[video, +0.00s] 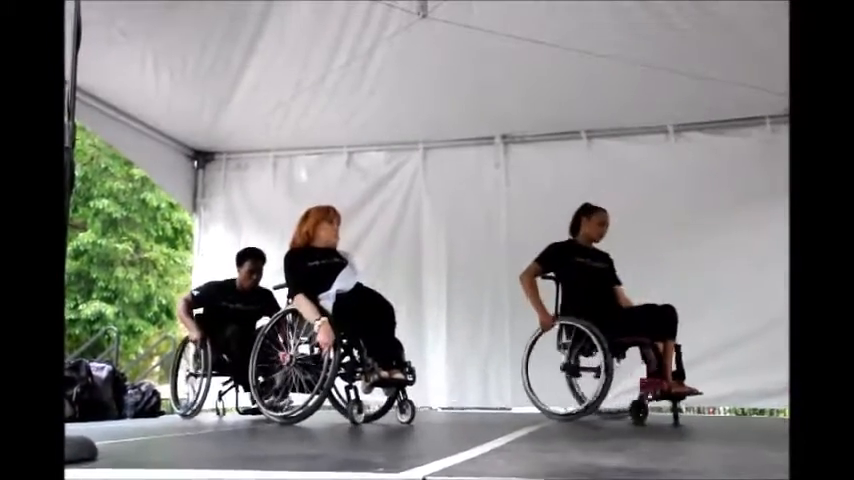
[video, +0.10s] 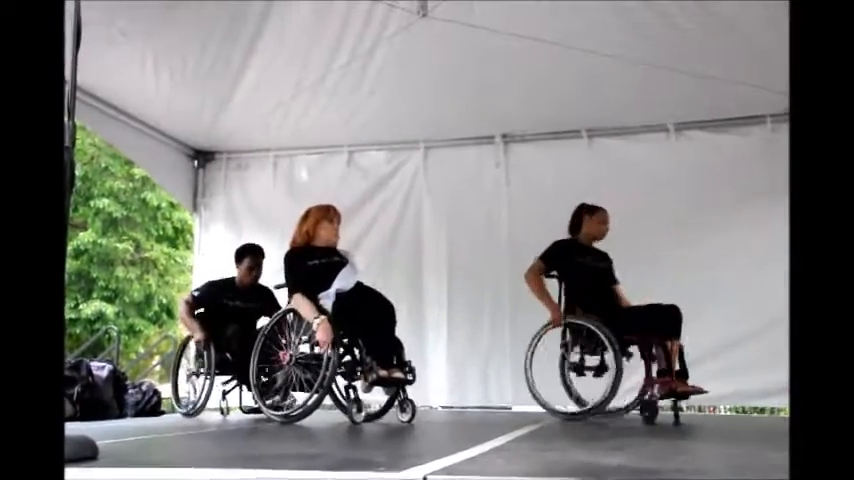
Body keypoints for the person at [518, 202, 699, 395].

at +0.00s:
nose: (604, 231)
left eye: (606, 226)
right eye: (600, 225)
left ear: (604, 227)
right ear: (583, 222)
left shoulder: (603, 258)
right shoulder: (560, 251)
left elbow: (620, 297)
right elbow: (527, 277)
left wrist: (639, 319)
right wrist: (543, 315)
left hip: (609, 318)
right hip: (582, 321)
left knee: (665, 312)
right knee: (659, 315)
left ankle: (665, 378)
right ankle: (662, 381)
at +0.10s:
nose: (607, 229)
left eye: (608, 224)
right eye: (603, 223)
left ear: (593, 224)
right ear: (585, 219)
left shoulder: (602, 257)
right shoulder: (563, 248)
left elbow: (616, 292)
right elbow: (532, 276)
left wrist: (635, 316)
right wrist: (553, 309)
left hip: (611, 317)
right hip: (587, 319)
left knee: (669, 313)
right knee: (667, 315)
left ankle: (671, 379)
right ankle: (670, 379)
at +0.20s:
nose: (609, 225)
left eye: (608, 220)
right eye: (605, 219)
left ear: (591, 222)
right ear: (590, 220)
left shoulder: (600, 254)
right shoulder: (569, 246)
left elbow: (604, 286)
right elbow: (549, 275)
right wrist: (578, 303)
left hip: (616, 314)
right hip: (600, 318)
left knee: (675, 313)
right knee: (673, 315)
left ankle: (679, 377)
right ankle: (678, 377)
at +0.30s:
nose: (610, 225)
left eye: (610, 220)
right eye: (607, 219)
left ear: (593, 221)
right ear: (592, 220)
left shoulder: (592, 248)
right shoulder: (577, 247)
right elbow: (570, 277)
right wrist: (600, 303)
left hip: (618, 313)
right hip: (609, 317)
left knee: (678, 314)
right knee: (677, 315)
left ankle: (686, 378)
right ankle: (682, 377)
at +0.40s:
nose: (610, 225)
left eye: (608, 219)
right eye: (605, 220)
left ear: (594, 224)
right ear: (592, 224)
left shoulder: (594, 249)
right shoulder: (594, 250)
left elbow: (613, 286)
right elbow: (612, 285)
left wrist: (642, 307)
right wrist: (642, 307)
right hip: (608, 326)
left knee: (680, 314)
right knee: (680, 315)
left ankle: (685, 377)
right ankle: (683, 378)